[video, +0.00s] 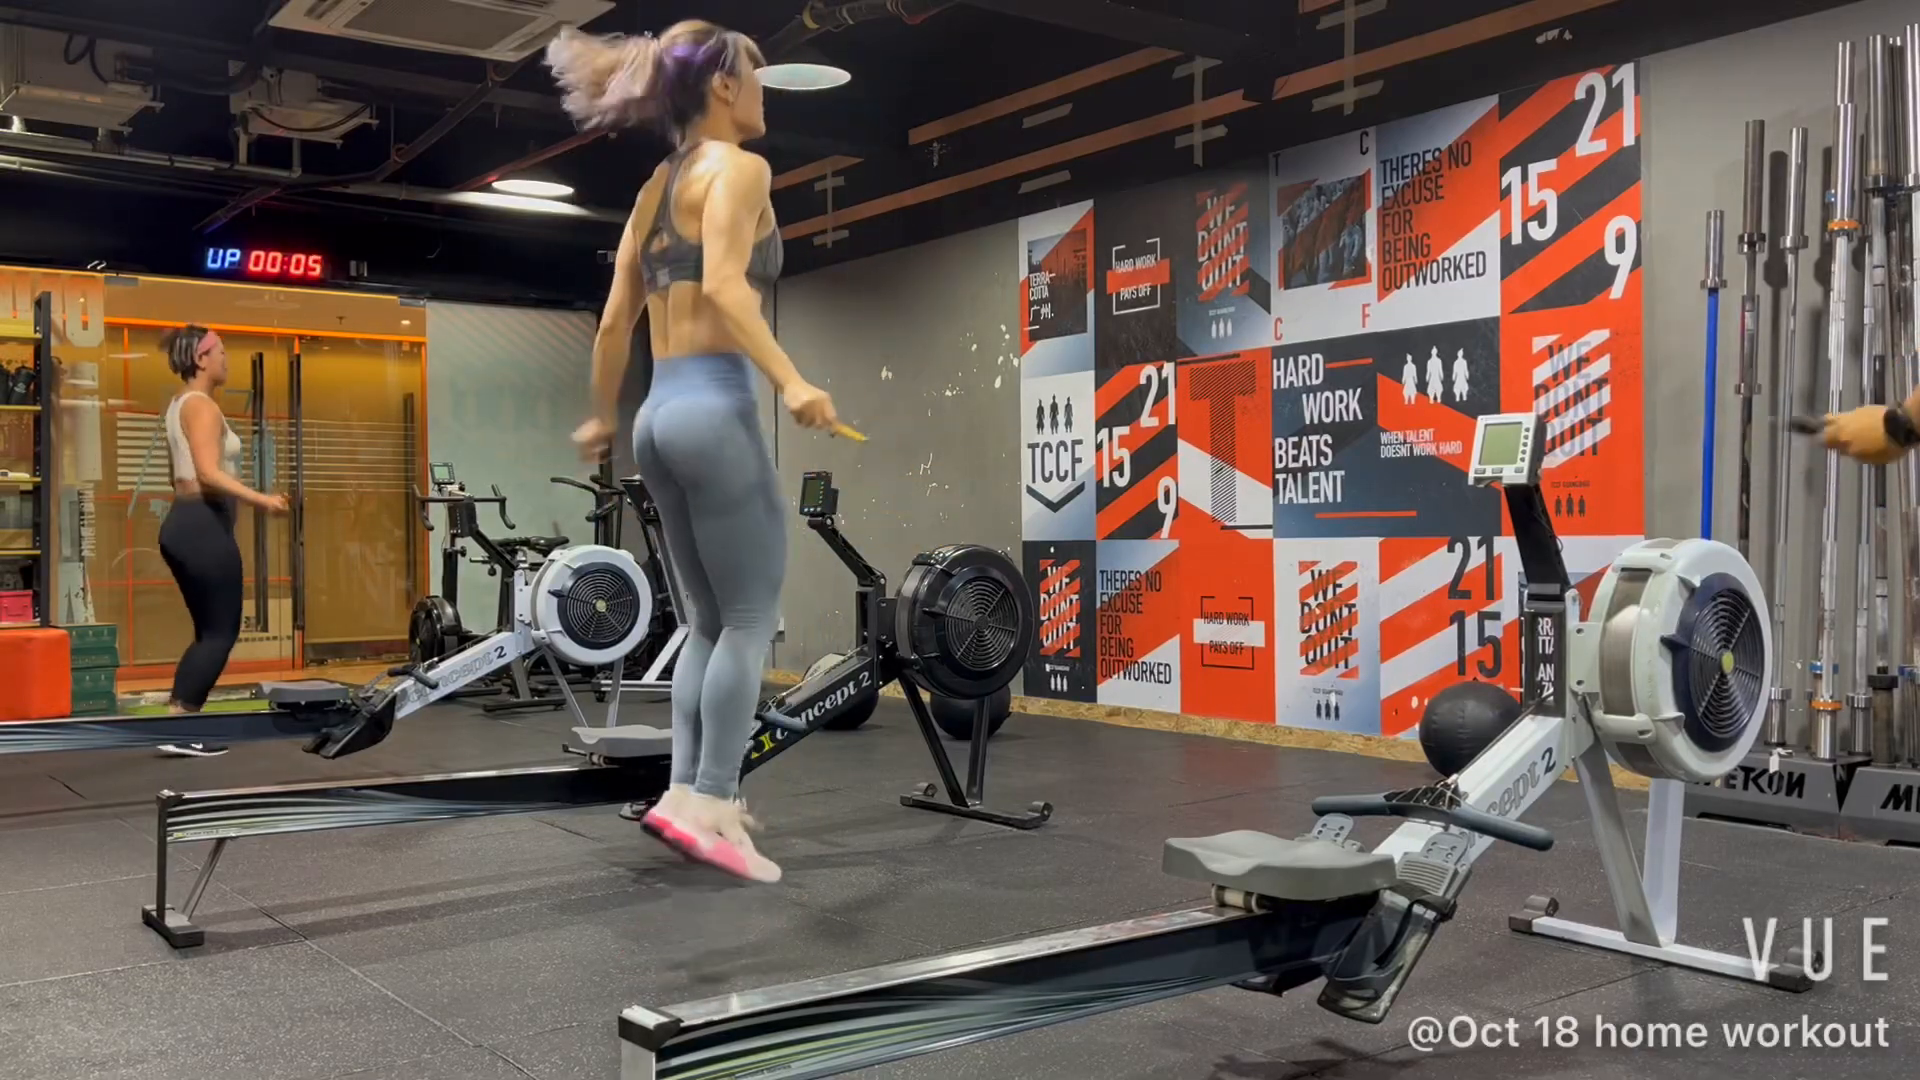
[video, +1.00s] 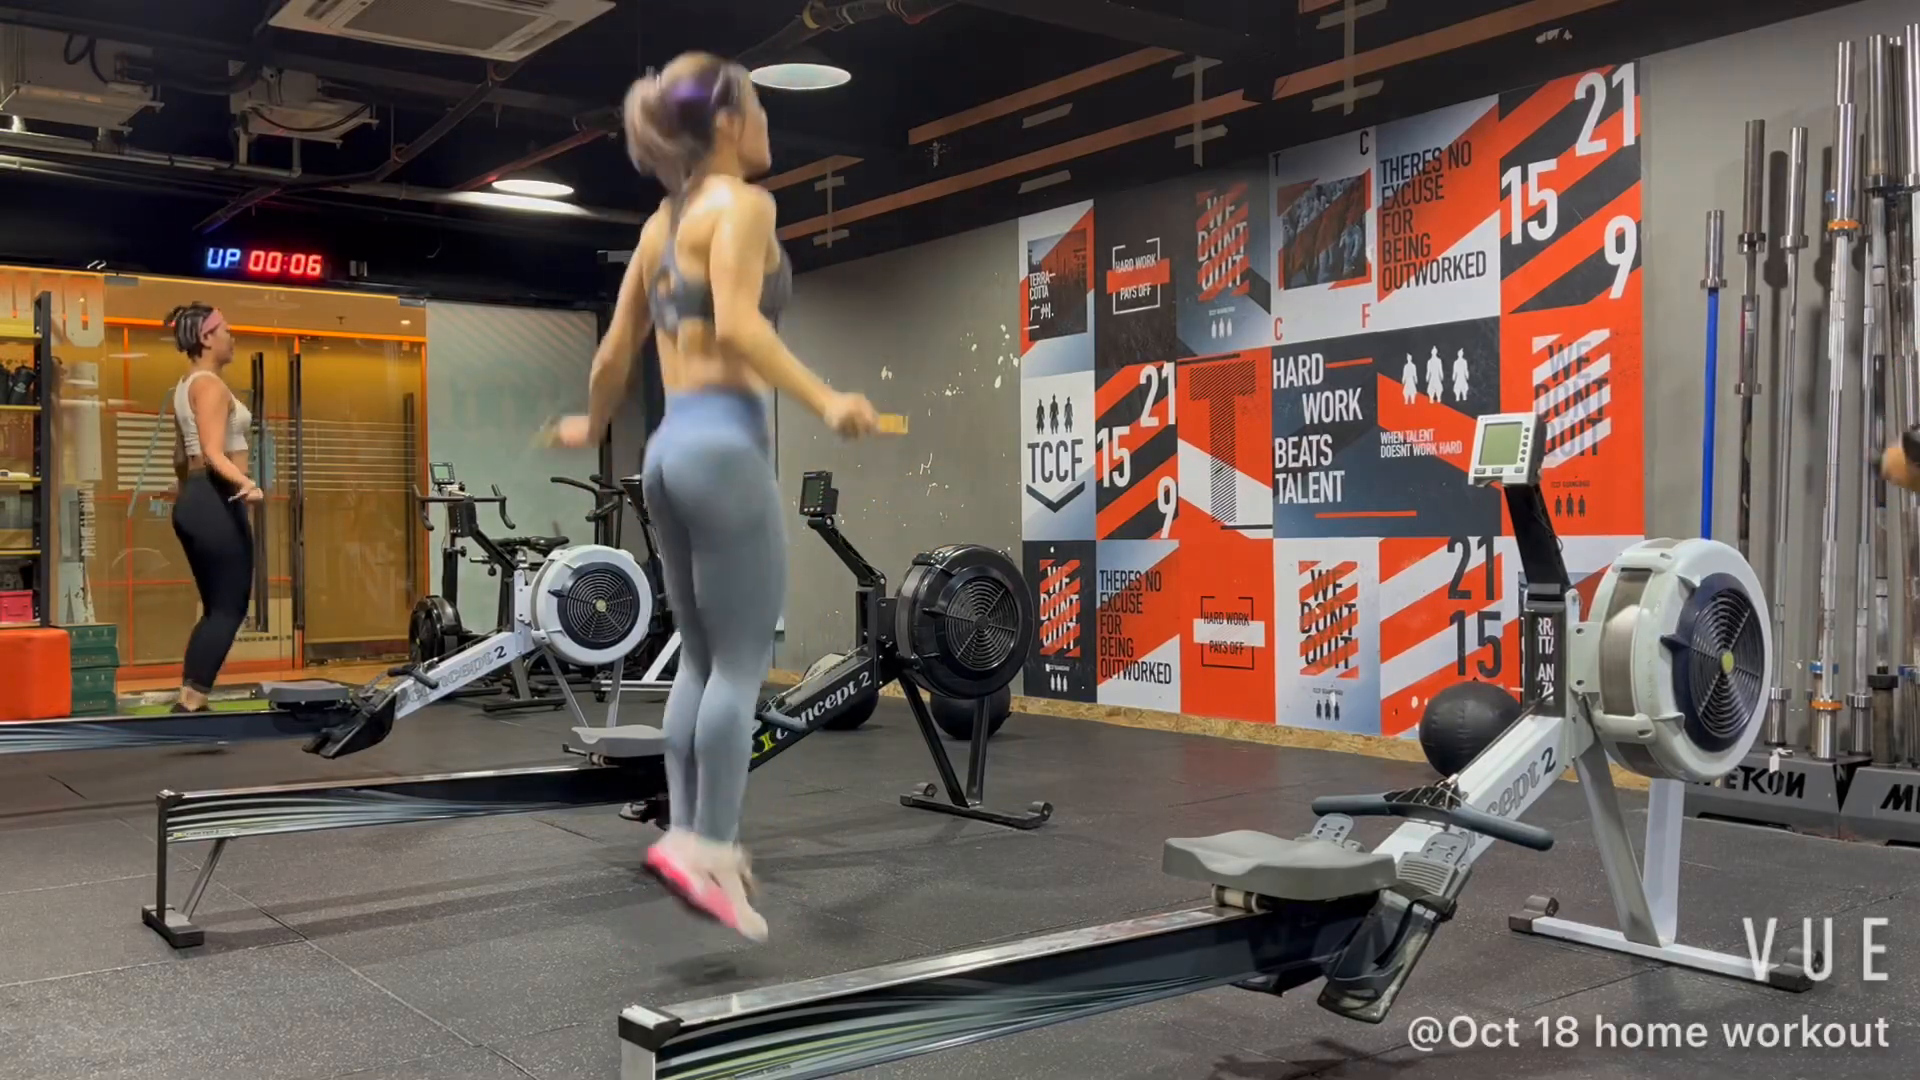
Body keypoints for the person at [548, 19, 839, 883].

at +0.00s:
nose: (763, 96)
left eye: (759, 80)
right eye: (754, 82)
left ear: (691, 96)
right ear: (722, 87)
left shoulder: (654, 188)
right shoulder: (739, 166)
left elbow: (616, 319)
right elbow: (722, 285)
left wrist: (605, 413)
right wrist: (791, 381)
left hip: (657, 412)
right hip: (714, 408)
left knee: (704, 621)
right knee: (750, 618)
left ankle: (689, 795)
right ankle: (712, 805)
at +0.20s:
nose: (761, 228)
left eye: (755, 214)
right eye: (750, 215)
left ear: (694, 236)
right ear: (721, 229)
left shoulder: (656, 324)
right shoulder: (734, 313)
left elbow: (604, 448)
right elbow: (721, 436)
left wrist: (595, 481)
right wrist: (814, 508)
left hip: (667, 558)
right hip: (712, 555)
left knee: (731, 755)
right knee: (769, 752)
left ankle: (656, 919)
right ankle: (682, 922)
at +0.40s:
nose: (754, 121)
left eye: (746, 106)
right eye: (744, 108)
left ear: (679, 133)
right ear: (718, 123)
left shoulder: (654, 224)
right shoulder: (736, 204)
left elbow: (612, 352)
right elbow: (733, 323)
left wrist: (591, 425)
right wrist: (827, 398)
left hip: (666, 442)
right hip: (718, 438)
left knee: (699, 655)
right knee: (732, 657)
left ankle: (681, 836)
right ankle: (711, 848)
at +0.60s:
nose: (773, 94)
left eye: (769, 78)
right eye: (765, 80)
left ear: (696, 93)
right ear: (736, 84)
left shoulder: (659, 183)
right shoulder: (749, 167)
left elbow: (622, 313)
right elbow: (728, 288)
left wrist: (611, 408)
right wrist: (795, 381)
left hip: (653, 405)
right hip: (710, 402)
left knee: (701, 620)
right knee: (749, 614)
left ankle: (688, 794)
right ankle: (712, 800)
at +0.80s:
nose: (777, 223)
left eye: (771, 209)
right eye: (766, 210)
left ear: (704, 234)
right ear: (737, 225)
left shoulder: (667, 318)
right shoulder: (752, 311)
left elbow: (606, 436)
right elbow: (729, 433)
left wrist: (593, 470)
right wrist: (825, 504)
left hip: (664, 549)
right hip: (718, 548)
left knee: (726, 753)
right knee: (767, 750)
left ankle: (666, 921)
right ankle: (688, 924)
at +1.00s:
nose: (763, 123)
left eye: (756, 108)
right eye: (754, 110)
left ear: (684, 133)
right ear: (727, 123)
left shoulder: (659, 223)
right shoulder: (744, 203)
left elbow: (617, 349)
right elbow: (736, 323)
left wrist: (589, 424)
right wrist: (827, 401)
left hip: (669, 446)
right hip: (721, 443)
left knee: (699, 657)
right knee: (739, 659)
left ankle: (689, 838)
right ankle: (711, 846)